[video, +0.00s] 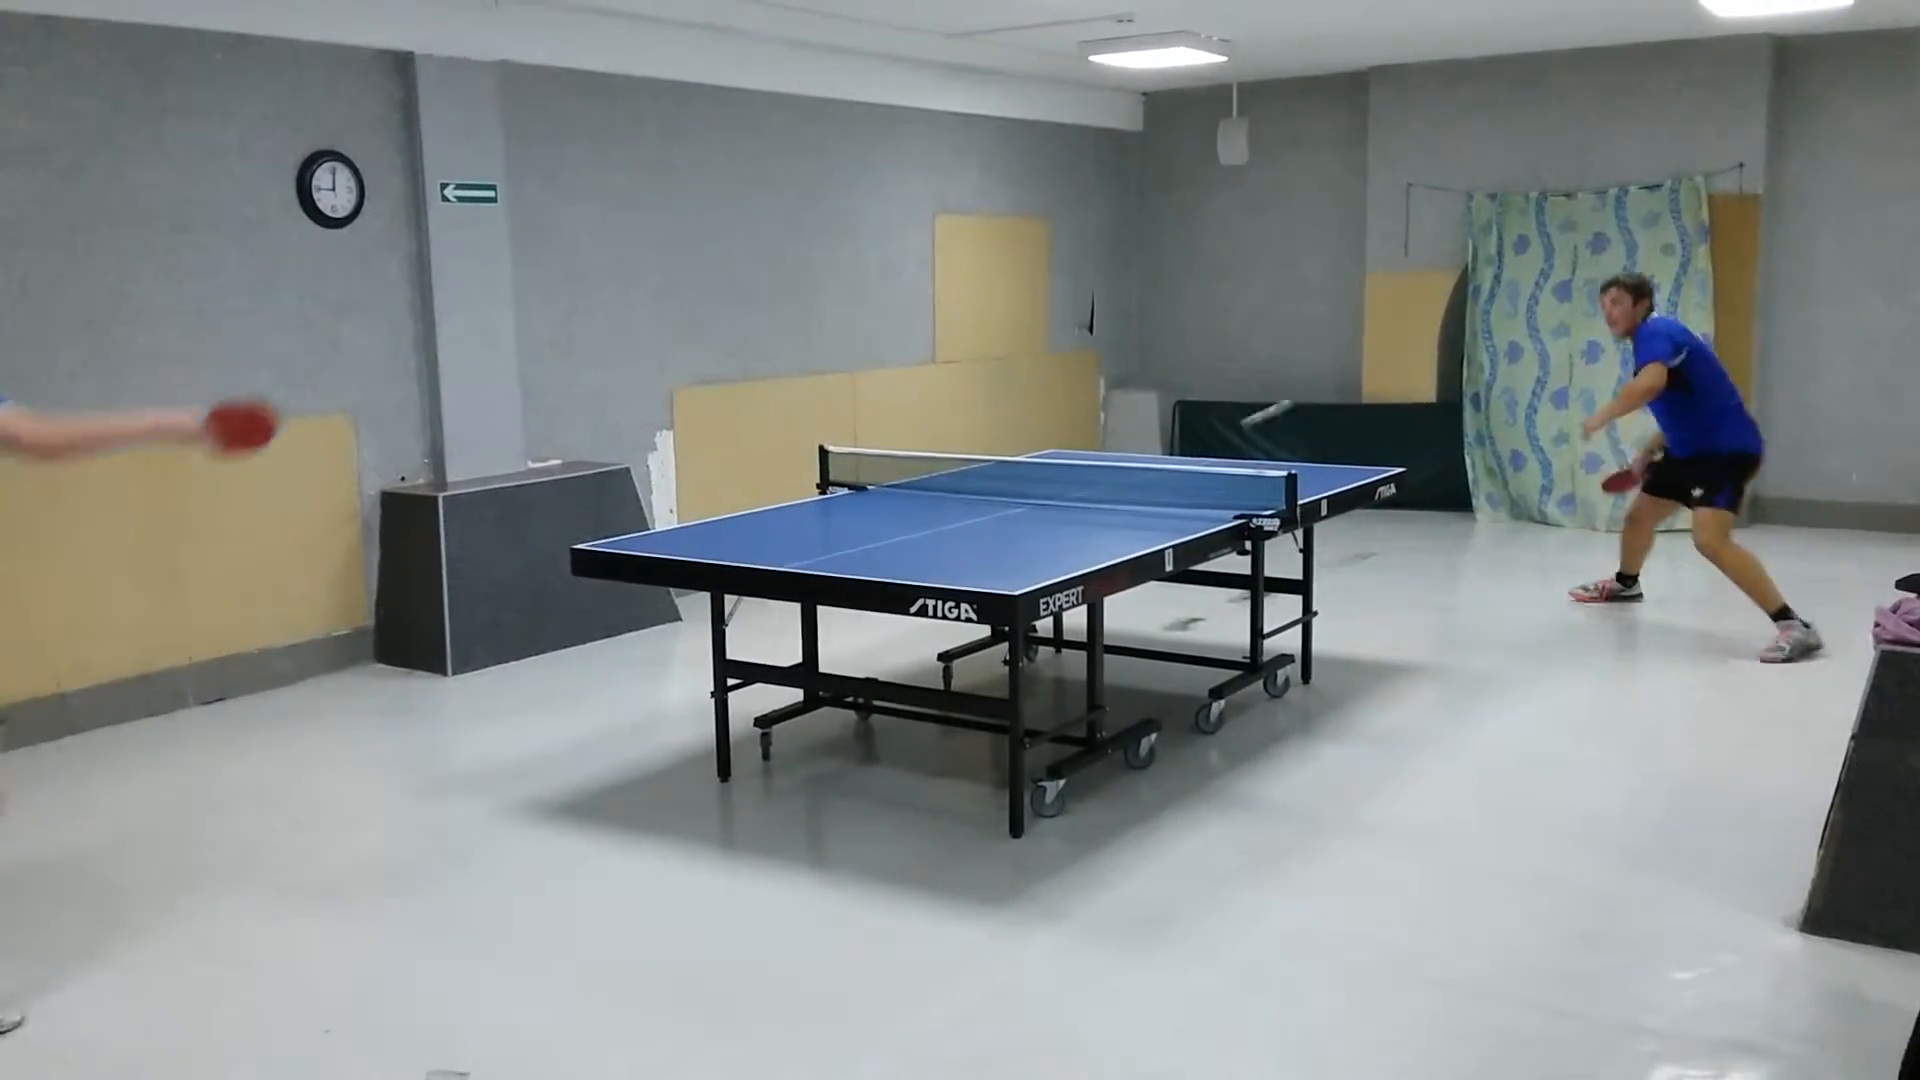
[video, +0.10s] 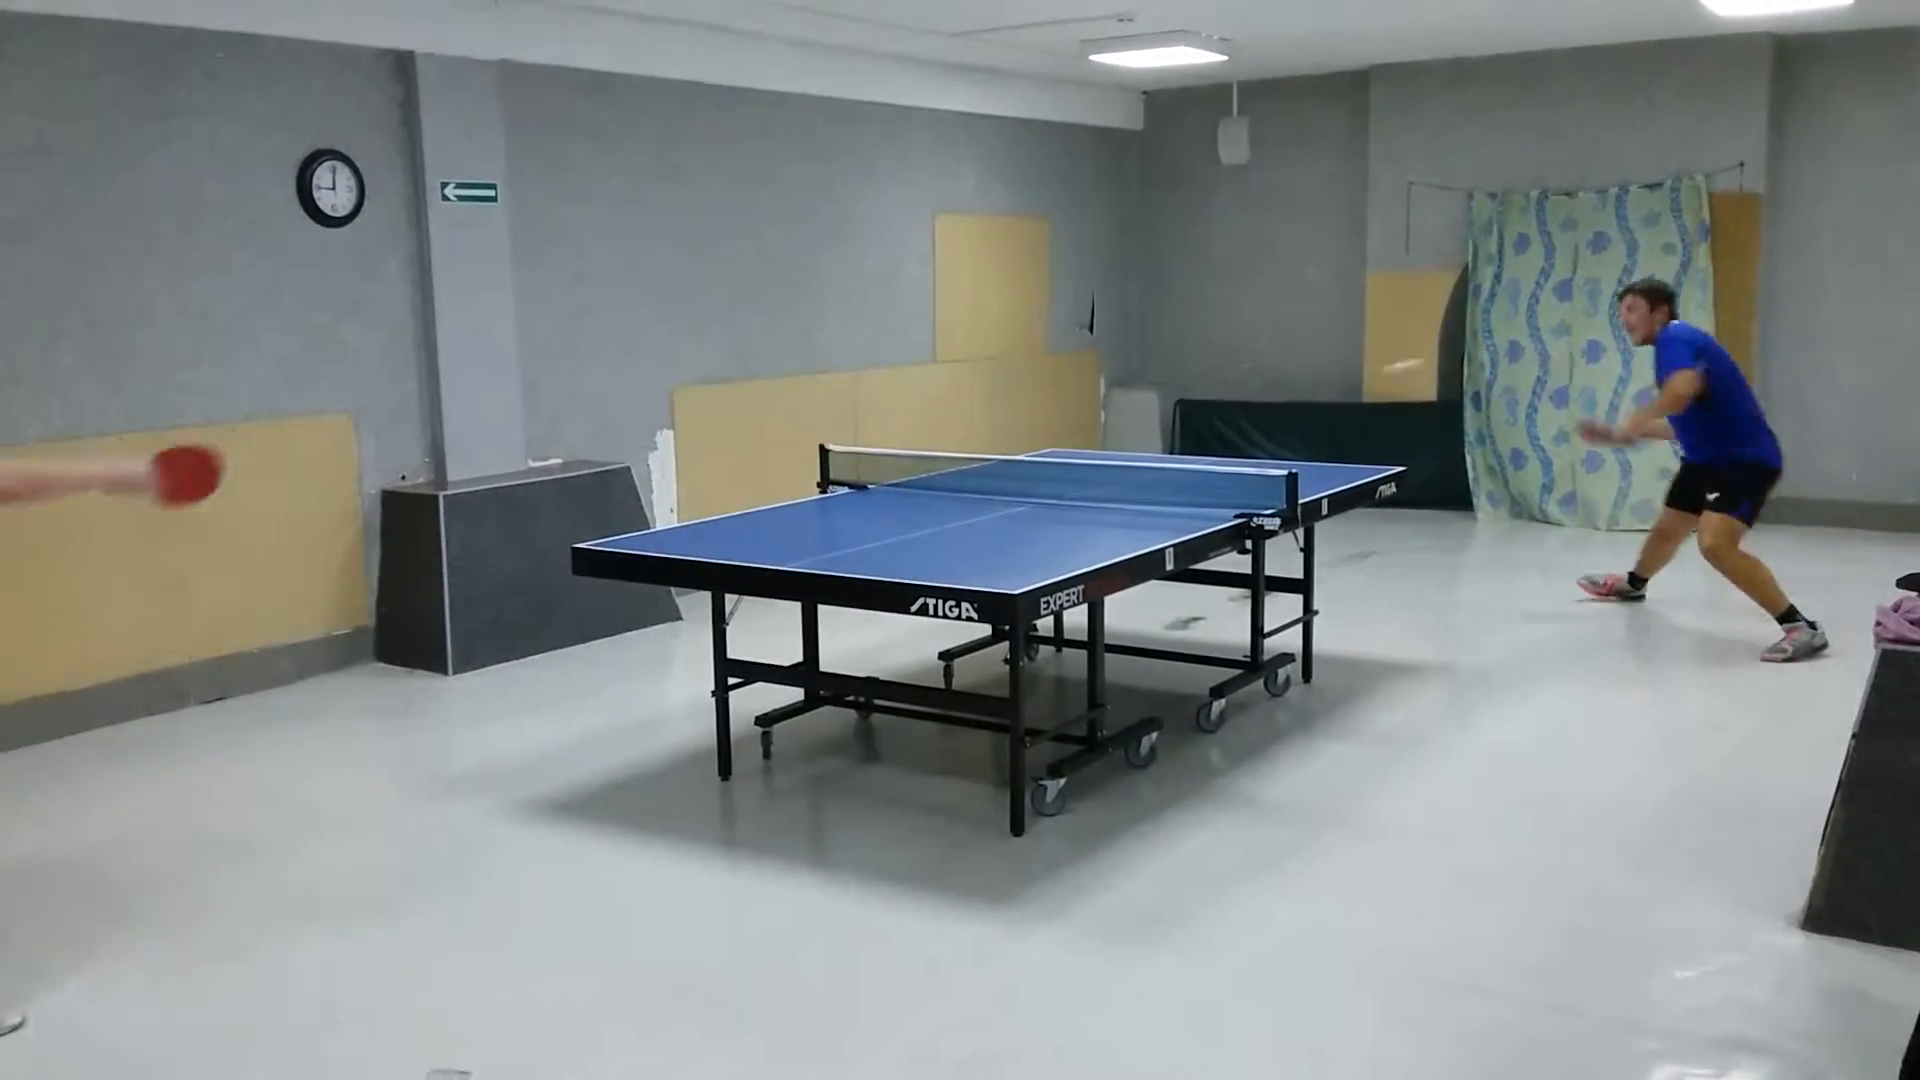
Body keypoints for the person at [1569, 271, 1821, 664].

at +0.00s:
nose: (1608, 312)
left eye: (1616, 303)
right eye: (1605, 305)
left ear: (1640, 305)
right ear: (1607, 310)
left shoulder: (1657, 331)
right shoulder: (1643, 345)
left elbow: (1651, 382)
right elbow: (1682, 413)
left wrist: (1603, 416)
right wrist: (1649, 452)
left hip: (1728, 449)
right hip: (1688, 450)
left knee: (1711, 540)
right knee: (1639, 516)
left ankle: (1793, 627)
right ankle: (1626, 584)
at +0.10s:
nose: (1624, 319)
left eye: (1632, 310)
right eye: (1623, 311)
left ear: (1659, 312)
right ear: (1655, 315)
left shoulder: (1678, 336)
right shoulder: (1671, 350)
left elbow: (1685, 386)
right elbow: (1685, 425)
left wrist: (1638, 424)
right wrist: (1623, 434)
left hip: (1745, 459)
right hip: (1704, 459)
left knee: (1716, 545)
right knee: (1668, 529)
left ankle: (1800, 629)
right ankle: (1634, 585)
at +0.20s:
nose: (1650, 309)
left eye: (1658, 300)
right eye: (1648, 301)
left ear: (1686, 301)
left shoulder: (1714, 328)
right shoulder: (1679, 359)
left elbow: (1760, 373)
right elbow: (1652, 412)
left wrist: (1709, 400)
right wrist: (1601, 389)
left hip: (1771, 457)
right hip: (1722, 456)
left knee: (1727, 535)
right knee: (1687, 523)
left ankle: (1805, 619)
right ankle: (1652, 580)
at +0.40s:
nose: (1680, 289)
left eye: (1690, 282)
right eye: (1677, 283)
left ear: (1720, 289)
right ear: (1675, 291)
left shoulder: (1762, 324)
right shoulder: (1678, 340)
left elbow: (1828, 362)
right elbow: (1656, 386)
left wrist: (1802, 407)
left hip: (1776, 436)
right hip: (1721, 439)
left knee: (1743, 515)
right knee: (1684, 515)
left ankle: (1805, 612)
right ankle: (1657, 573)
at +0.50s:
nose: (1690, 290)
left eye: (1702, 281)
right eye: (1686, 283)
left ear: (1729, 289)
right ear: (1683, 290)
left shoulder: (1774, 322)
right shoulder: (1678, 340)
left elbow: (1819, 363)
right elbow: (1695, 389)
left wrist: (1836, 415)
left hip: (1767, 437)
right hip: (1711, 435)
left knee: (1740, 513)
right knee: (1666, 518)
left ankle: (1806, 610)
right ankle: (1652, 570)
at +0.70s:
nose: (1684, 272)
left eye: (1695, 264)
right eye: (1681, 264)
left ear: (1722, 272)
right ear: (1677, 272)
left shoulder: (1762, 315)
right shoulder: (1662, 329)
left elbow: (1810, 359)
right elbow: (1658, 397)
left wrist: (1845, 412)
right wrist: (1698, 428)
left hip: (1745, 431)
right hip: (1686, 428)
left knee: (1734, 511)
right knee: (1638, 509)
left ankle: (1810, 606)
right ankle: (1607, 559)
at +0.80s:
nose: (1659, 254)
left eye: (1670, 246)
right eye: (1655, 246)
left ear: (1693, 253)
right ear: (1650, 253)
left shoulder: (1732, 296)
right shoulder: (1638, 308)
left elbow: (1782, 337)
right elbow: (1614, 370)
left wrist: (1818, 392)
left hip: (1720, 423)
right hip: (1660, 423)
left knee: (1739, 509)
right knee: (1623, 502)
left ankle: (1801, 601)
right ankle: (1599, 564)